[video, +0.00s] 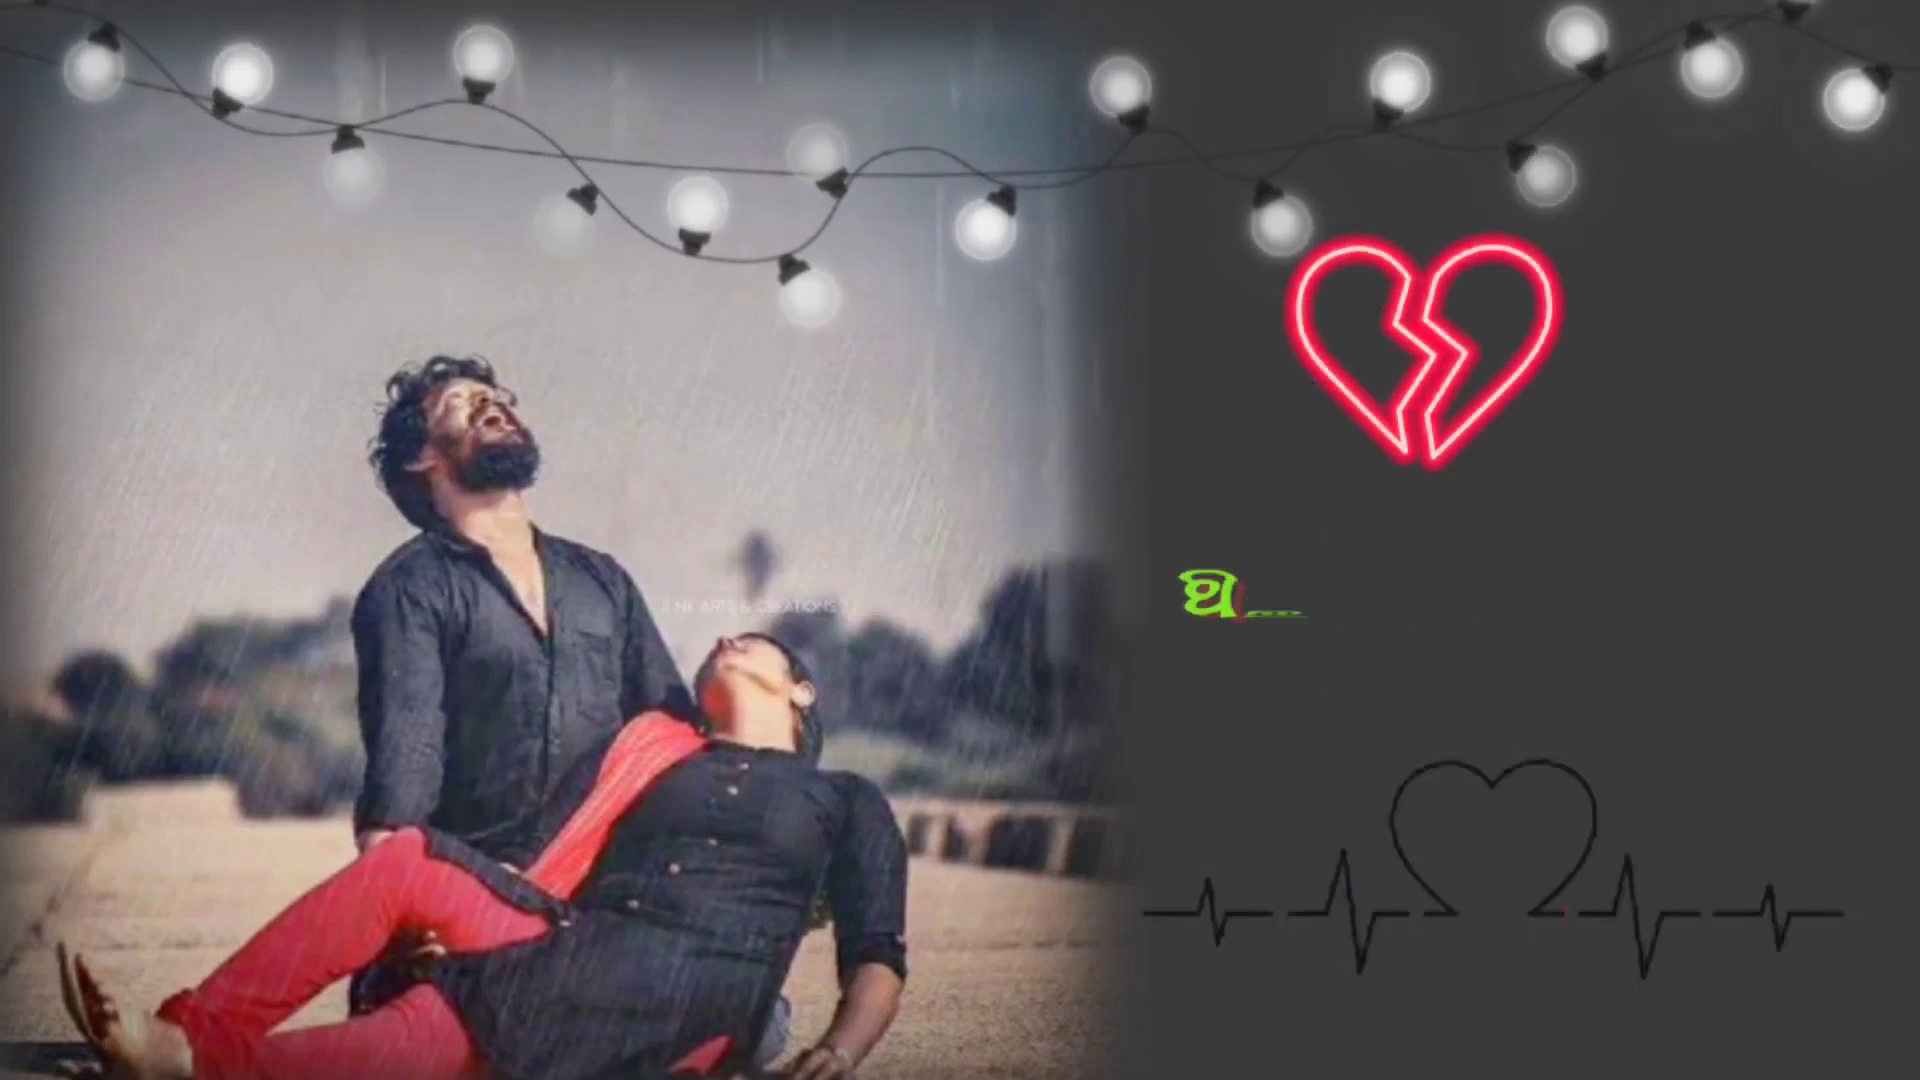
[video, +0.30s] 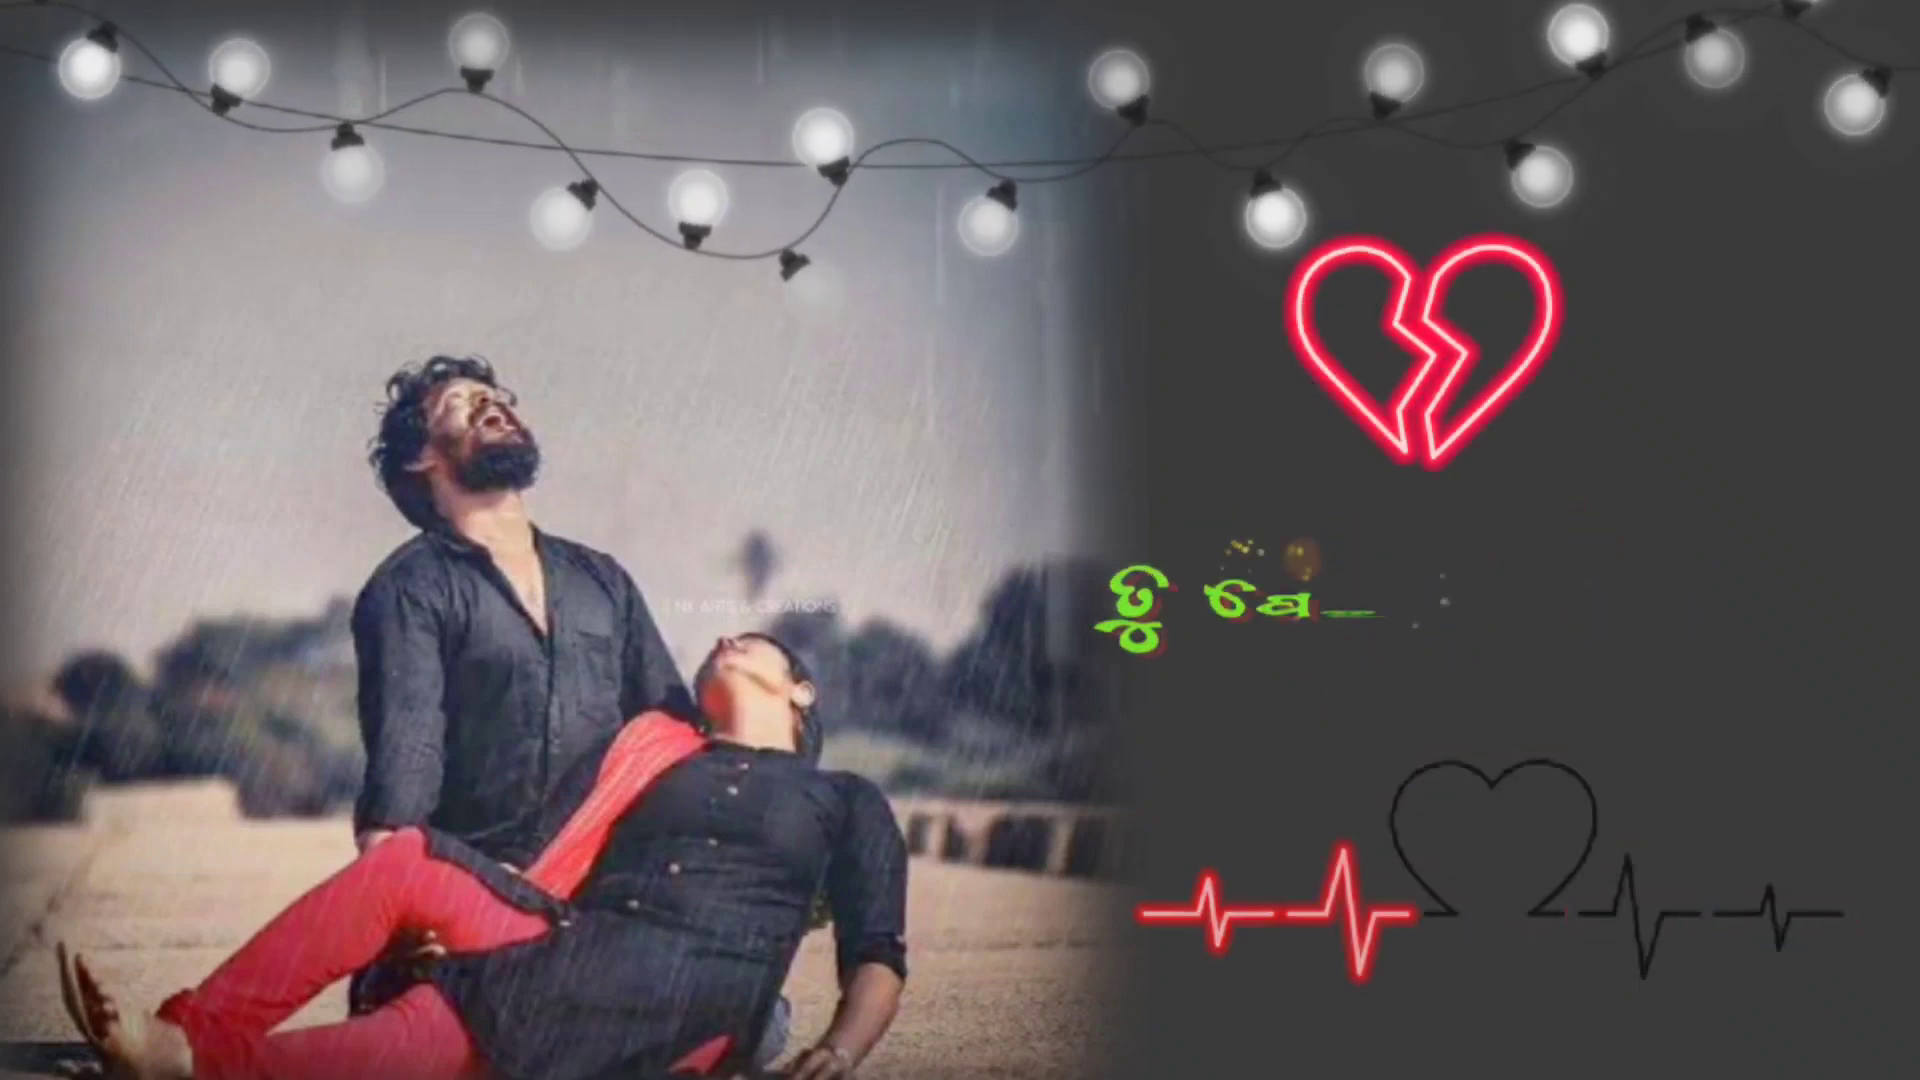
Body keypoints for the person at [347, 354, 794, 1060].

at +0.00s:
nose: (496, 408)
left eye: (502, 401)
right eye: (463, 406)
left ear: (525, 438)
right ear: (421, 462)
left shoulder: (602, 578)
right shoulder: (410, 587)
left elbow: (678, 729)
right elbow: (404, 754)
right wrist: (387, 904)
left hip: (617, 884)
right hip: (462, 891)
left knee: (760, 1022)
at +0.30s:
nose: (496, 408)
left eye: (502, 401)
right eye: (463, 406)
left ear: (525, 438)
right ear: (421, 462)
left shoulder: (602, 578)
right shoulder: (410, 587)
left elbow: (678, 728)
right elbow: (404, 753)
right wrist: (387, 904)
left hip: (617, 883)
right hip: (462, 890)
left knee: (760, 1022)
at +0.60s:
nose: (497, 408)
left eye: (502, 401)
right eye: (463, 406)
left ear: (525, 437)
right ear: (421, 462)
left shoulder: (602, 578)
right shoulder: (410, 588)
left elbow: (678, 727)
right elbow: (404, 751)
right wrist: (388, 901)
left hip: (615, 883)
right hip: (461, 891)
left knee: (761, 1020)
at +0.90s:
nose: (497, 408)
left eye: (502, 401)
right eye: (463, 406)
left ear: (525, 438)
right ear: (422, 462)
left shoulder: (602, 578)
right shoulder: (410, 588)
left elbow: (678, 728)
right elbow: (404, 753)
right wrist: (388, 901)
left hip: (617, 883)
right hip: (462, 890)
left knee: (761, 1021)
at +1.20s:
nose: (496, 408)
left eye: (502, 401)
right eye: (463, 406)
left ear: (525, 438)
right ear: (421, 462)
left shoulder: (602, 578)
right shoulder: (410, 587)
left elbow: (678, 728)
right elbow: (404, 753)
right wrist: (387, 904)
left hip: (617, 883)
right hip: (462, 890)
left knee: (760, 1022)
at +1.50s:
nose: (497, 408)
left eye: (502, 401)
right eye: (463, 406)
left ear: (525, 438)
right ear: (422, 462)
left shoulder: (602, 579)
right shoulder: (410, 588)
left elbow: (678, 728)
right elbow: (404, 752)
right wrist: (388, 902)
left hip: (617, 882)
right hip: (462, 890)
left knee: (761, 1022)